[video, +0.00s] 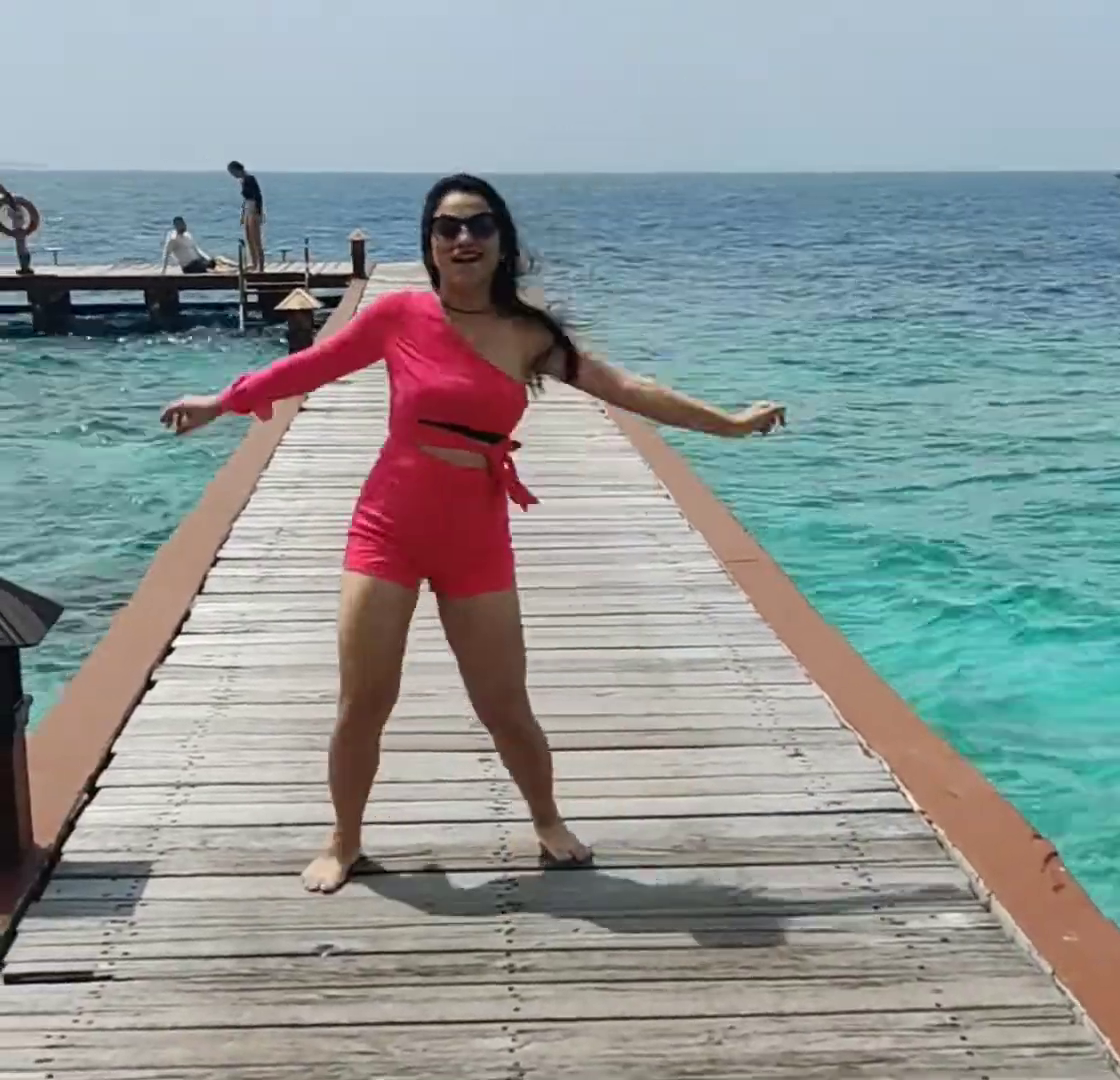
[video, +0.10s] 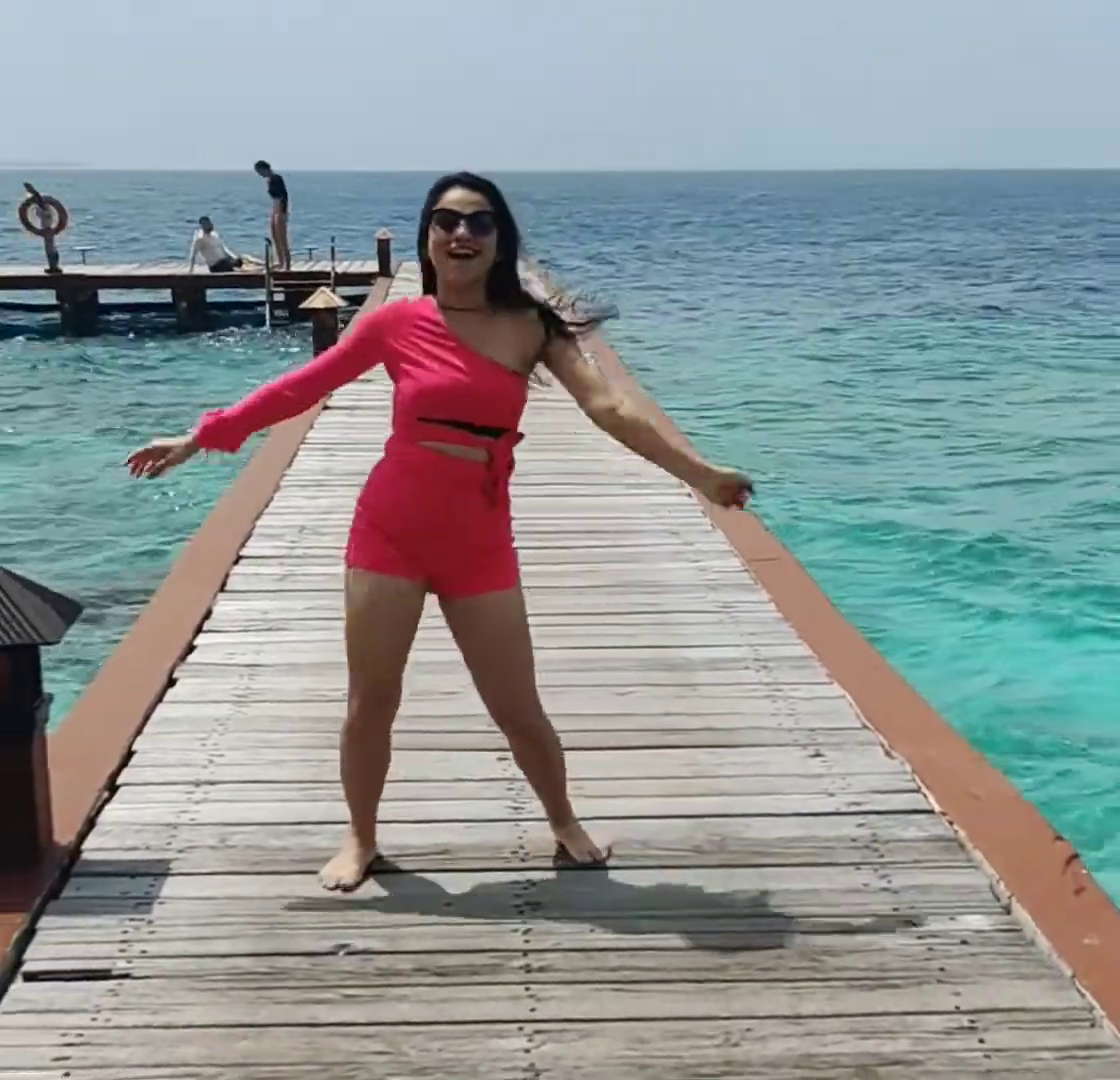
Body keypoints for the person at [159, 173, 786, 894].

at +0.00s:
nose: (461, 240)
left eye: (477, 227)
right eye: (447, 228)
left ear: (503, 242)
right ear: (429, 242)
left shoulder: (530, 334)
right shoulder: (398, 315)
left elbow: (625, 391)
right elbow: (311, 366)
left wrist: (728, 423)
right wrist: (220, 403)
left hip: (476, 535)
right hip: (387, 526)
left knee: (505, 708)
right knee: (364, 702)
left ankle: (549, 824)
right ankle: (344, 843)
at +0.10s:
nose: (459, 234)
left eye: (476, 223)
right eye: (445, 222)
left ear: (501, 240)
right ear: (424, 237)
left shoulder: (533, 327)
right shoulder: (396, 320)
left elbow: (613, 406)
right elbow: (302, 386)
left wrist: (702, 473)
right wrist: (198, 438)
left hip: (479, 534)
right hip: (389, 525)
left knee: (518, 709)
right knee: (372, 698)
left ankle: (566, 826)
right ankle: (360, 842)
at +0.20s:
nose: (463, 227)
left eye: (480, 217)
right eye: (449, 215)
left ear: (501, 236)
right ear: (427, 231)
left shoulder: (522, 327)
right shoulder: (397, 325)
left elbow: (543, 418)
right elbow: (320, 410)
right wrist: (236, 471)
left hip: (495, 534)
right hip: (402, 528)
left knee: (561, 706)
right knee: (385, 704)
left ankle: (585, 812)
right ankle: (375, 841)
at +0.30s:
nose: (467, 208)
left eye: (485, 199)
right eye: (454, 195)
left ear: (507, 218)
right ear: (432, 210)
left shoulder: (518, 302)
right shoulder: (401, 308)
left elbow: (477, 388)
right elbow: (379, 403)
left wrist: (427, 465)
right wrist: (359, 474)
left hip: (508, 512)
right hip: (417, 512)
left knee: (596, 670)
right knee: (395, 691)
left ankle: (613, 814)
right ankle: (380, 838)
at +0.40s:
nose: (477, 198)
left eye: (496, 189)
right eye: (464, 185)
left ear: (516, 210)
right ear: (441, 200)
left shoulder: (517, 278)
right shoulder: (418, 294)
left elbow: (464, 377)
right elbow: (426, 397)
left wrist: (358, 436)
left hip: (519, 505)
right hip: (433, 502)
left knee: (594, 679)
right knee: (397, 680)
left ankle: (664, 811)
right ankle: (384, 834)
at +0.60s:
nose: (508, 263)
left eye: (526, 251)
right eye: (495, 249)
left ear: (548, 264)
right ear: (476, 260)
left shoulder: (547, 319)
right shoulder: (476, 353)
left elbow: (550, 424)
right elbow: (454, 460)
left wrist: (458, 440)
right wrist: (505, 488)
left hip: (544, 562)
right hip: (470, 551)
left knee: (588, 727)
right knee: (393, 690)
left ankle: (673, 851)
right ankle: (383, 842)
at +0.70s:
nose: (533, 269)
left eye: (551, 257)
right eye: (518, 257)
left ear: (574, 269)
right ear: (499, 270)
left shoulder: (587, 336)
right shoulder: (494, 362)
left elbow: (629, 428)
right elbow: (473, 472)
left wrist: (528, 474)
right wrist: (472, 544)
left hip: (580, 573)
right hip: (501, 570)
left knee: (619, 733)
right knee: (411, 701)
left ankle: (678, 851)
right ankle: (386, 844)